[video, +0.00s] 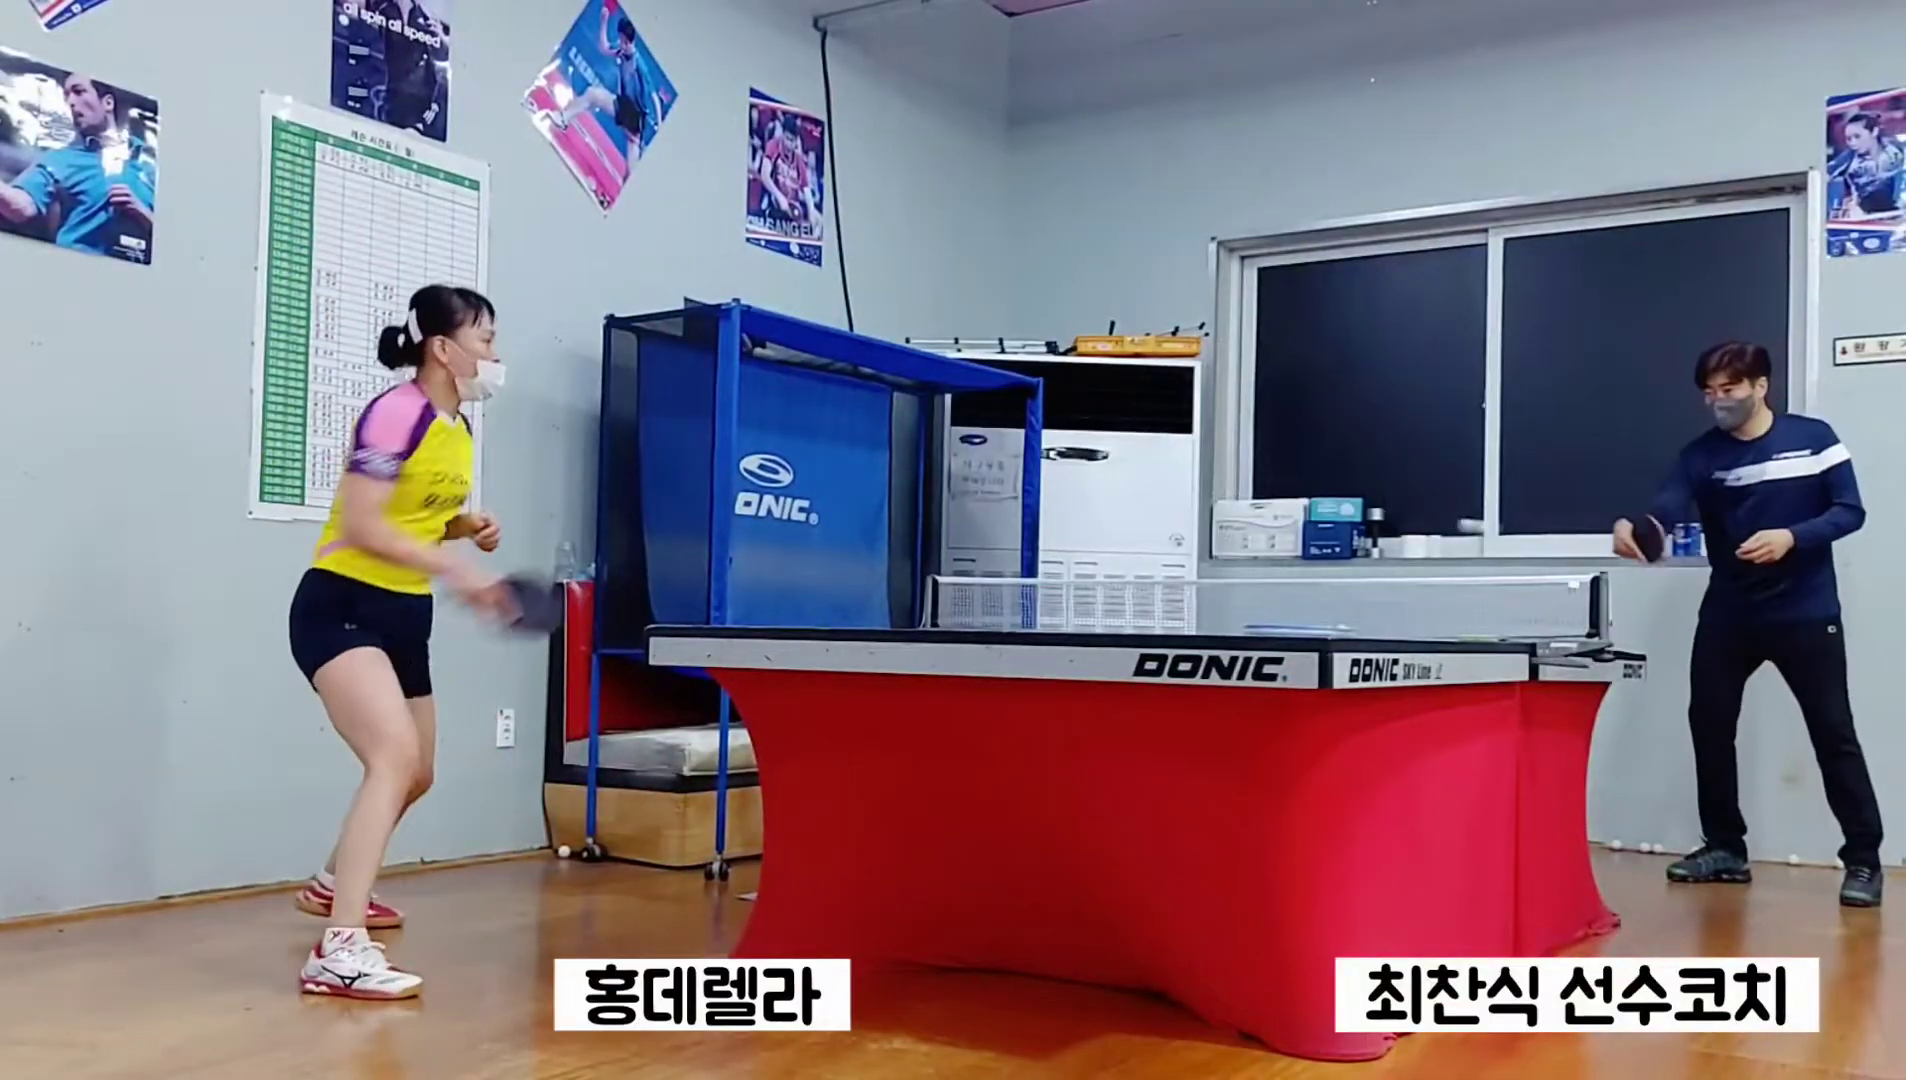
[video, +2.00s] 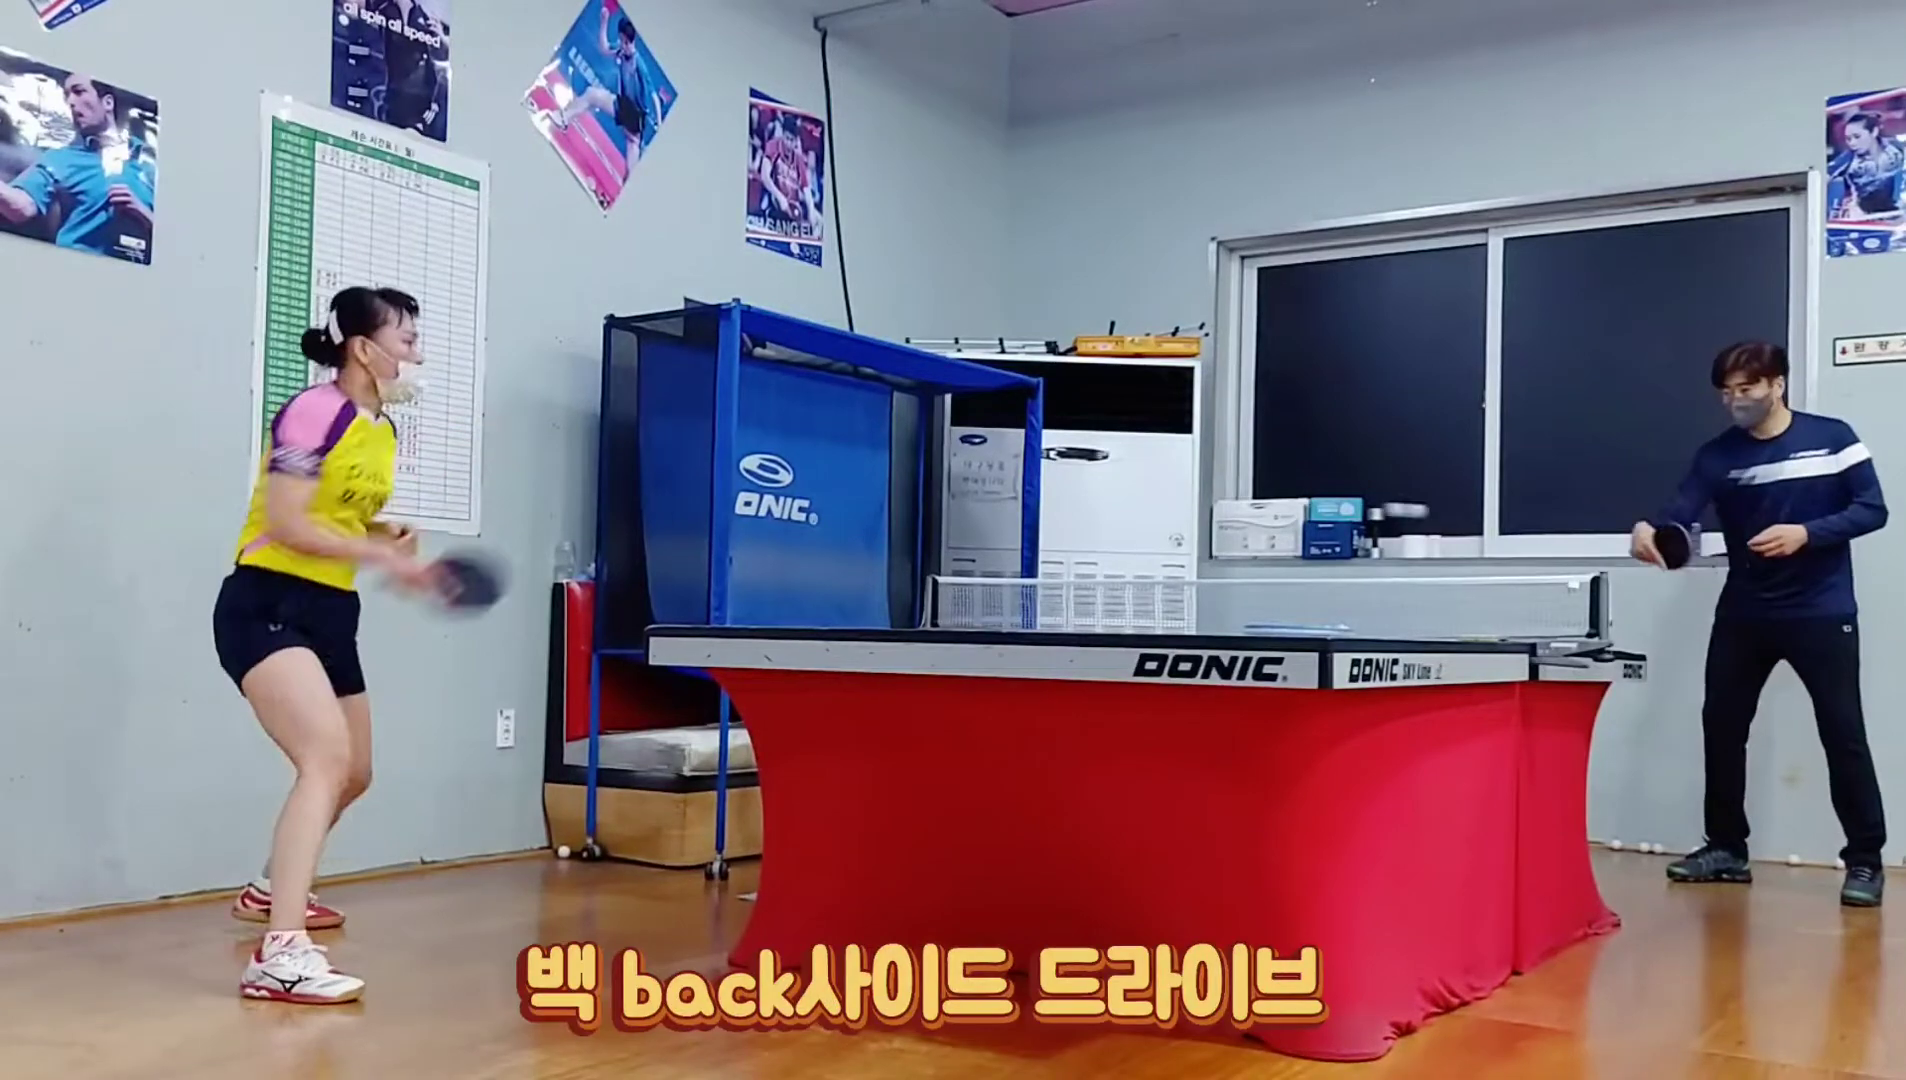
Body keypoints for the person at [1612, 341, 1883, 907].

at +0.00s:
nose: (1719, 399)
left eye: (1729, 388)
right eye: (1711, 391)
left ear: (1760, 387)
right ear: (1703, 396)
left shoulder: (1813, 438)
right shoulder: (1701, 457)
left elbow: (1849, 512)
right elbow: (1667, 509)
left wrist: (1791, 535)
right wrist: (1637, 529)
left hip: (1805, 615)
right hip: (1728, 616)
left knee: (1834, 736)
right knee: (1708, 724)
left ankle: (1862, 862)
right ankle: (1725, 848)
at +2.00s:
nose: (1736, 399)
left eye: (1746, 388)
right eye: (1728, 391)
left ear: (1777, 386)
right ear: (1721, 396)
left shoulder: (1833, 438)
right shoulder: (1717, 456)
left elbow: (1873, 509)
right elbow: (1680, 520)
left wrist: (1806, 532)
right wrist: (1652, 532)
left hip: (1821, 616)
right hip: (1744, 615)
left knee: (1843, 736)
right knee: (1721, 726)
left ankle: (1863, 862)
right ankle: (1726, 849)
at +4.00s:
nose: (1733, 395)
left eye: (1744, 384)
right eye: (1726, 387)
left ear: (1777, 383)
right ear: (1721, 393)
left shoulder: (1831, 437)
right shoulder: (1716, 456)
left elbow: (1873, 508)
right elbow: (1664, 514)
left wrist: (1801, 531)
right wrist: (1628, 519)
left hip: (1823, 614)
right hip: (1747, 614)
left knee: (1845, 739)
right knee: (1724, 727)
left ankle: (1864, 863)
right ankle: (1727, 849)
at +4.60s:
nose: (1726, 402)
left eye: (1738, 392)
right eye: (1720, 394)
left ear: (1772, 390)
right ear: (1715, 399)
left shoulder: (1823, 440)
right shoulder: (1721, 459)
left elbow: (1860, 513)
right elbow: (1715, 534)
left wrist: (1778, 532)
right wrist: (1689, 576)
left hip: (1815, 617)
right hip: (1745, 618)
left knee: (1840, 737)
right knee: (1717, 721)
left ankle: (1864, 863)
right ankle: (1727, 848)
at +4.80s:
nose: (1724, 410)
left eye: (1735, 399)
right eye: (1718, 401)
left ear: (1767, 396)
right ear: (1712, 403)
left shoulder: (1820, 442)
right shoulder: (1711, 463)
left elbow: (1860, 515)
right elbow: (1678, 531)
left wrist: (1787, 533)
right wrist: (1655, 557)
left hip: (1811, 618)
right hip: (1737, 619)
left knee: (1838, 736)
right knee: (1709, 722)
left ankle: (1863, 862)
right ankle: (1725, 848)